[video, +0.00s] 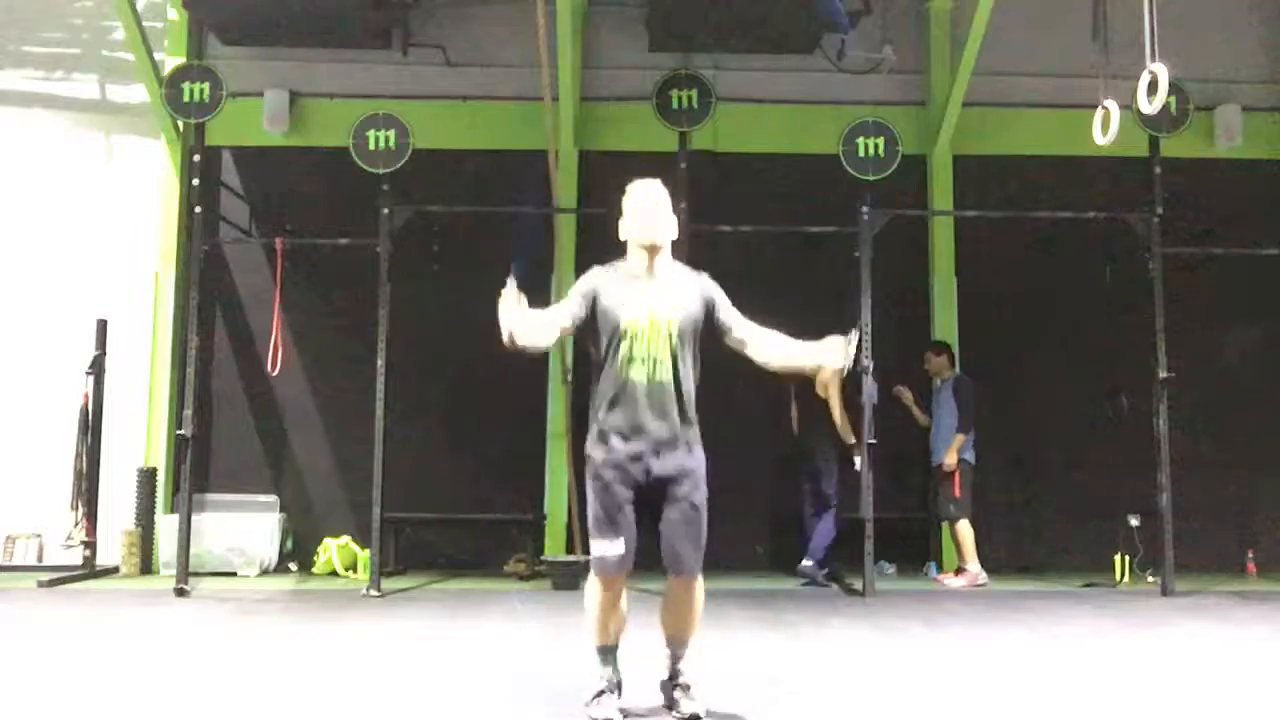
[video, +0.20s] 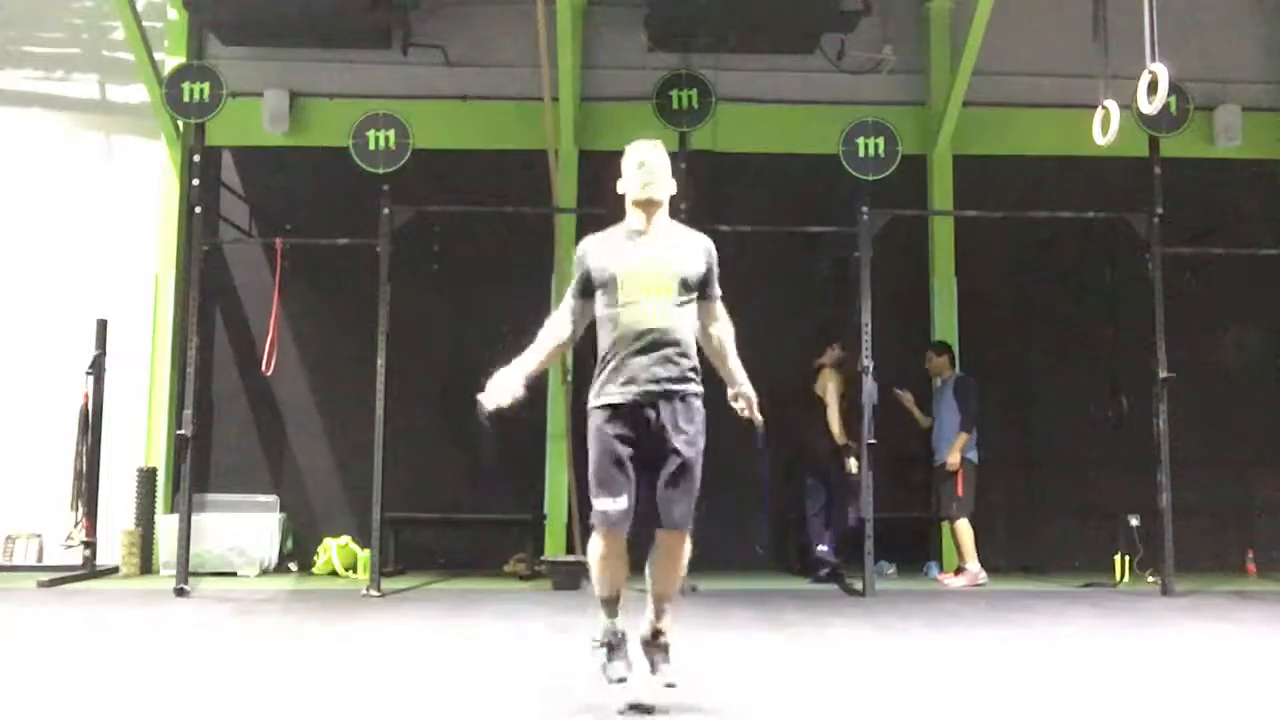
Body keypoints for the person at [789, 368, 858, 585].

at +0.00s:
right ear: (839, 350)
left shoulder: (798, 375)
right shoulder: (831, 371)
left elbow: (795, 411)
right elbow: (837, 412)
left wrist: (798, 435)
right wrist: (852, 442)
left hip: (804, 441)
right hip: (823, 443)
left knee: (811, 501)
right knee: (830, 503)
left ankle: (820, 564)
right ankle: (811, 560)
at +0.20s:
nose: (839, 354)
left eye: (838, 350)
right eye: (837, 349)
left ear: (827, 352)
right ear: (829, 351)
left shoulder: (818, 375)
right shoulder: (830, 375)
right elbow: (833, 412)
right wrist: (844, 444)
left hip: (814, 448)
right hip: (827, 449)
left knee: (816, 503)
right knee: (836, 501)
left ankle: (821, 557)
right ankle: (826, 556)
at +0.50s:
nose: (852, 356)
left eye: (852, 351)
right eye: (847, 352)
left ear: (834, 360)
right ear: (836, 356)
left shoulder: (828, 379)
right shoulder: (841, 380)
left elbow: (836, 416)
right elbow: (839, 417)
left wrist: (866, 420)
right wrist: (851, 451)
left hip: (819, 449)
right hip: (836, 450)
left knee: (820, 508)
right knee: (852, 507)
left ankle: (823, 562)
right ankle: (864, 563)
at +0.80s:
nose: (864, 358)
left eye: (864, 353)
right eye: (859, 353)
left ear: (855, 358)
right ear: (851, 357)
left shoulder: (859, 380)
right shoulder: (852, 379)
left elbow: (866, 418)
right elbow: (857, 419)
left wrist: (893, 411)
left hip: (853, 450)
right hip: (850, 450)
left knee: (851, 506)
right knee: (853, 505)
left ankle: (843, 564)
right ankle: (850, 564)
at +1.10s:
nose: (878, 357)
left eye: (878, 352)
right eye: (875, 351)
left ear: (872, 357)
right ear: (868, 354)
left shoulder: (868, 380)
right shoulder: (859, 380)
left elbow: (875, 417)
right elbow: (863, 421)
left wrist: (899, 410)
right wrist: (898, 427)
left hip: (871, 447)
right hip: (862, 449)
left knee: (870, 506)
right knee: (865, 507)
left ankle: (864, 559)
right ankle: (868, 562)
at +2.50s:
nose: (894, 369)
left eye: (895, 365)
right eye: (893, 363)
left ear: (886, 364)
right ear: (883, 360)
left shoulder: (877, 383)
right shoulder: (862, 379)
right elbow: (857, 414)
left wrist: (879, 424)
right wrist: (876, 424)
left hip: (875, 444)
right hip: (862, 445)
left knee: (871, 503)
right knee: (861, 502)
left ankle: (863, 557)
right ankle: (860, 559)